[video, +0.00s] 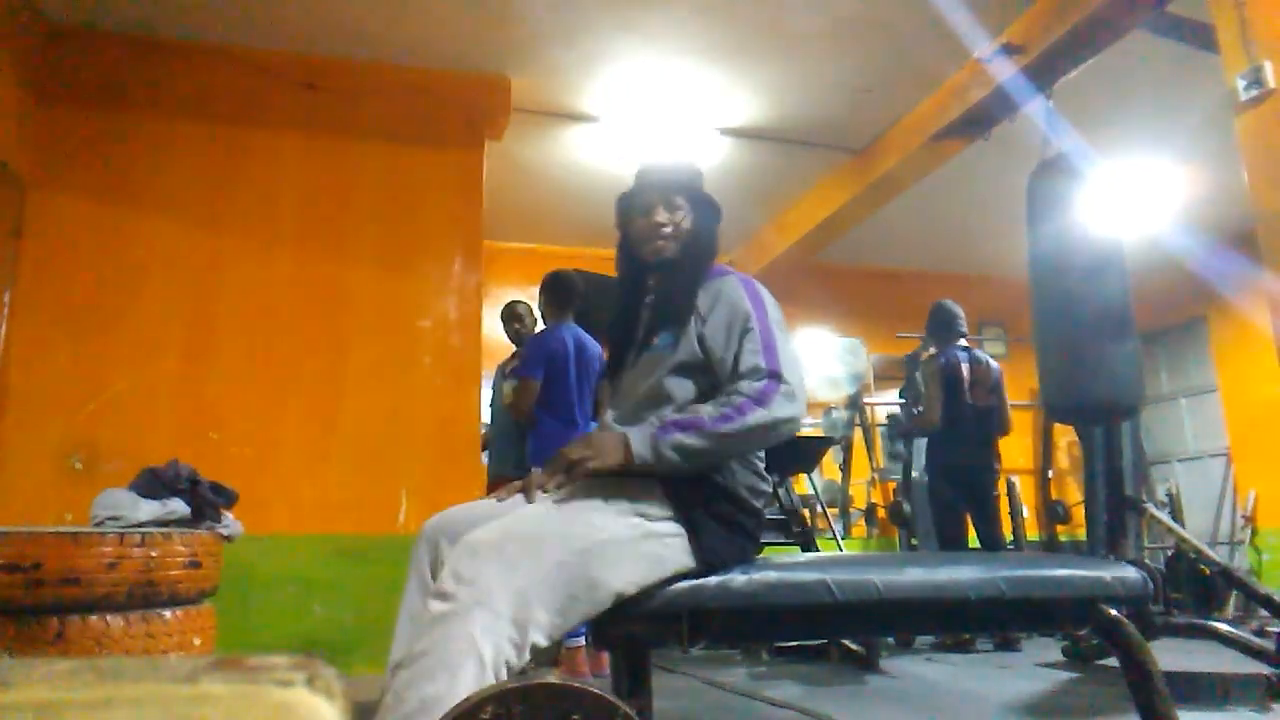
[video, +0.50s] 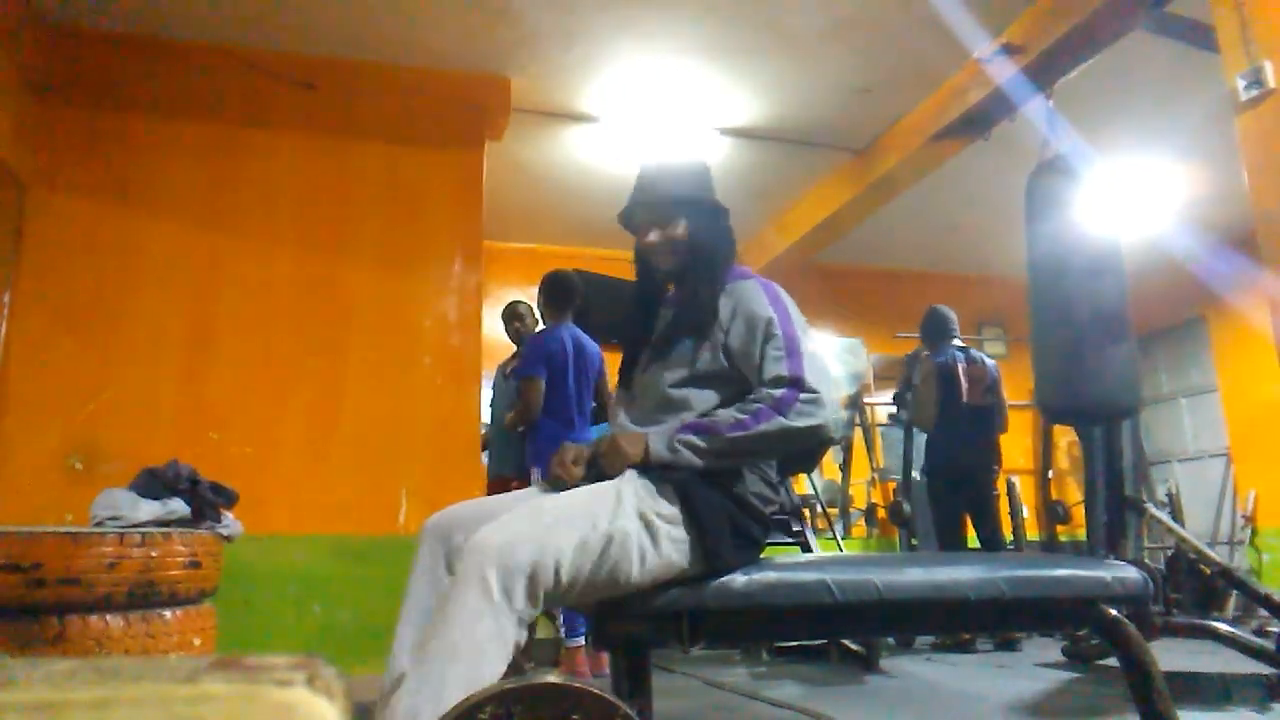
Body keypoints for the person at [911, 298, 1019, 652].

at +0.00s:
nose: (929, 339)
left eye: (929, 333)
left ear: (932, 332)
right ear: (964, 328)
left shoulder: (935, 366)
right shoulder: (991, 365)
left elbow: (932, 420)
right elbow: (1005, 424)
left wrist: (905, 424)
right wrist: (975, 423)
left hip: (946, 466)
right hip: (982, 466)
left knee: (952, 547)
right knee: (995, 544)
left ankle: (959, 631)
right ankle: (1007, 629)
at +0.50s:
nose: (925, 343)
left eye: (924, 337)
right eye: (928, 338)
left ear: (926, 336)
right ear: (957, 331)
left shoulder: (928, 367)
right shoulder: (988, 365)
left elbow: (923, 420)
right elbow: (1002, 422)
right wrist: (973, 424)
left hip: (944, 470)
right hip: (981, 469)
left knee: (951, 548)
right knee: (993, 543)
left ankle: (959, 628)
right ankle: (1007, 626)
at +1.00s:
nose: (918, 341)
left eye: (917, 336)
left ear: (919, 336)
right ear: (950, 334)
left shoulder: (922, 367)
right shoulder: (977, 368)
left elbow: (932, 419)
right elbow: (1001, 424)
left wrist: (921, 469)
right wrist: (1002, 470)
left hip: (943, 471)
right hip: (978, 470)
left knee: (949, 549)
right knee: (991, 545)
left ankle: (958, 630)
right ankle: (1008, 627)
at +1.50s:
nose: (926, 341)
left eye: (926, 336)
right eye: (929, 336)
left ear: (930, 335)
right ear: (961, 330)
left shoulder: (933, 366)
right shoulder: (989, 365)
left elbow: (920, 420)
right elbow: (1001, 423)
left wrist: (904, 400)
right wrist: (970, 420)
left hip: (945, 464)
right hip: (982, 464)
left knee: (950, 546)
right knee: (994, 541)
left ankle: (956, 628)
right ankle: (1008, 625)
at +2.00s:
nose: (928, 339)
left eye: (928, 333)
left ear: (930, 333)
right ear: (963, 330)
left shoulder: (931, 368)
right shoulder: (986, 366)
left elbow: (934, 423)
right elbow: (1004, 424)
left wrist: (905, 428)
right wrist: (972, 431)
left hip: (944, 466)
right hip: (981, 465)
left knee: (950, 546)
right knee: (992, 542)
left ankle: (956, 628)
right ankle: (1008, 626)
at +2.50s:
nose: (919, 340)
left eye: (920, 334)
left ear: (922, 335)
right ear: (954, 335)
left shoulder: (922, 368)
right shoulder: (979, 369)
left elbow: (937, 419)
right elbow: (999, 423)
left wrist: (925, 467)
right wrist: (1003, 470)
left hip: (944, 473)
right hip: (977, 471)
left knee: (949, 548)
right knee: (990, 544)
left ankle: (958, 629)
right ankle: (1008, 626)